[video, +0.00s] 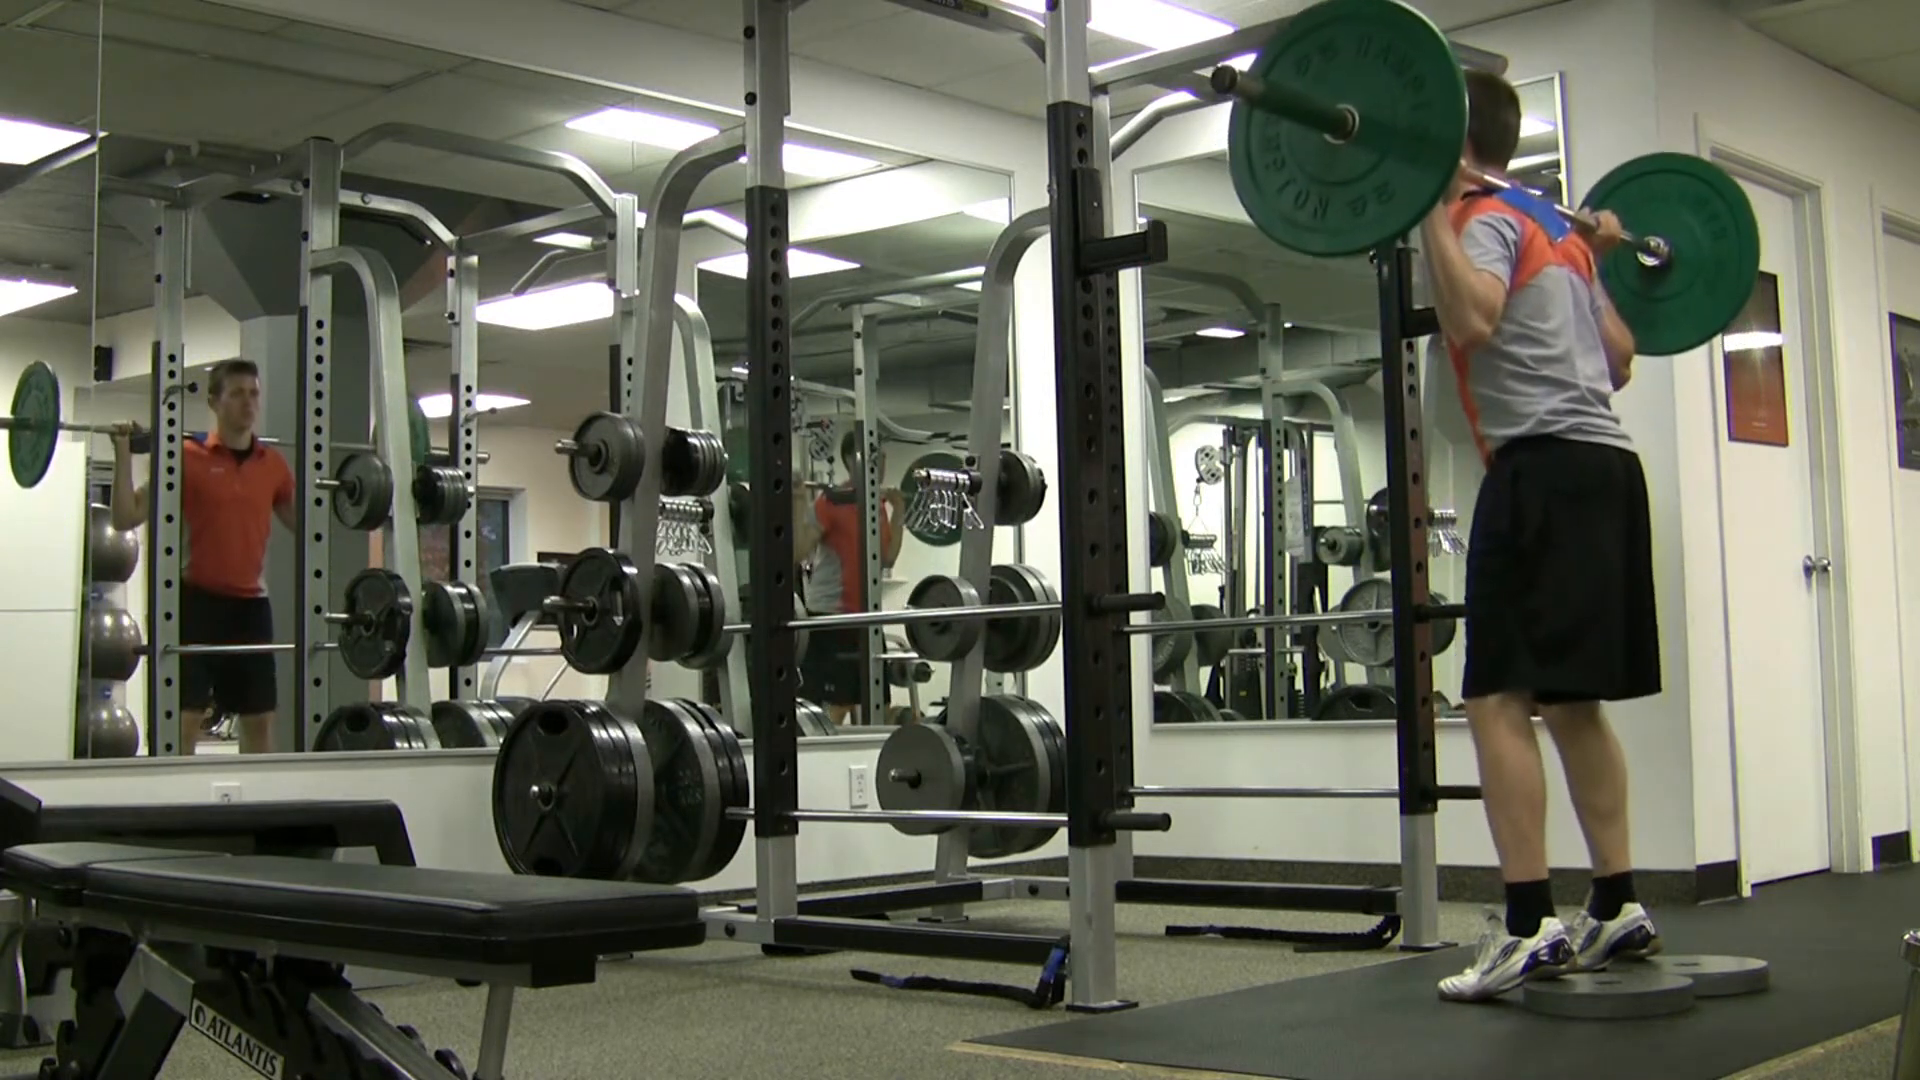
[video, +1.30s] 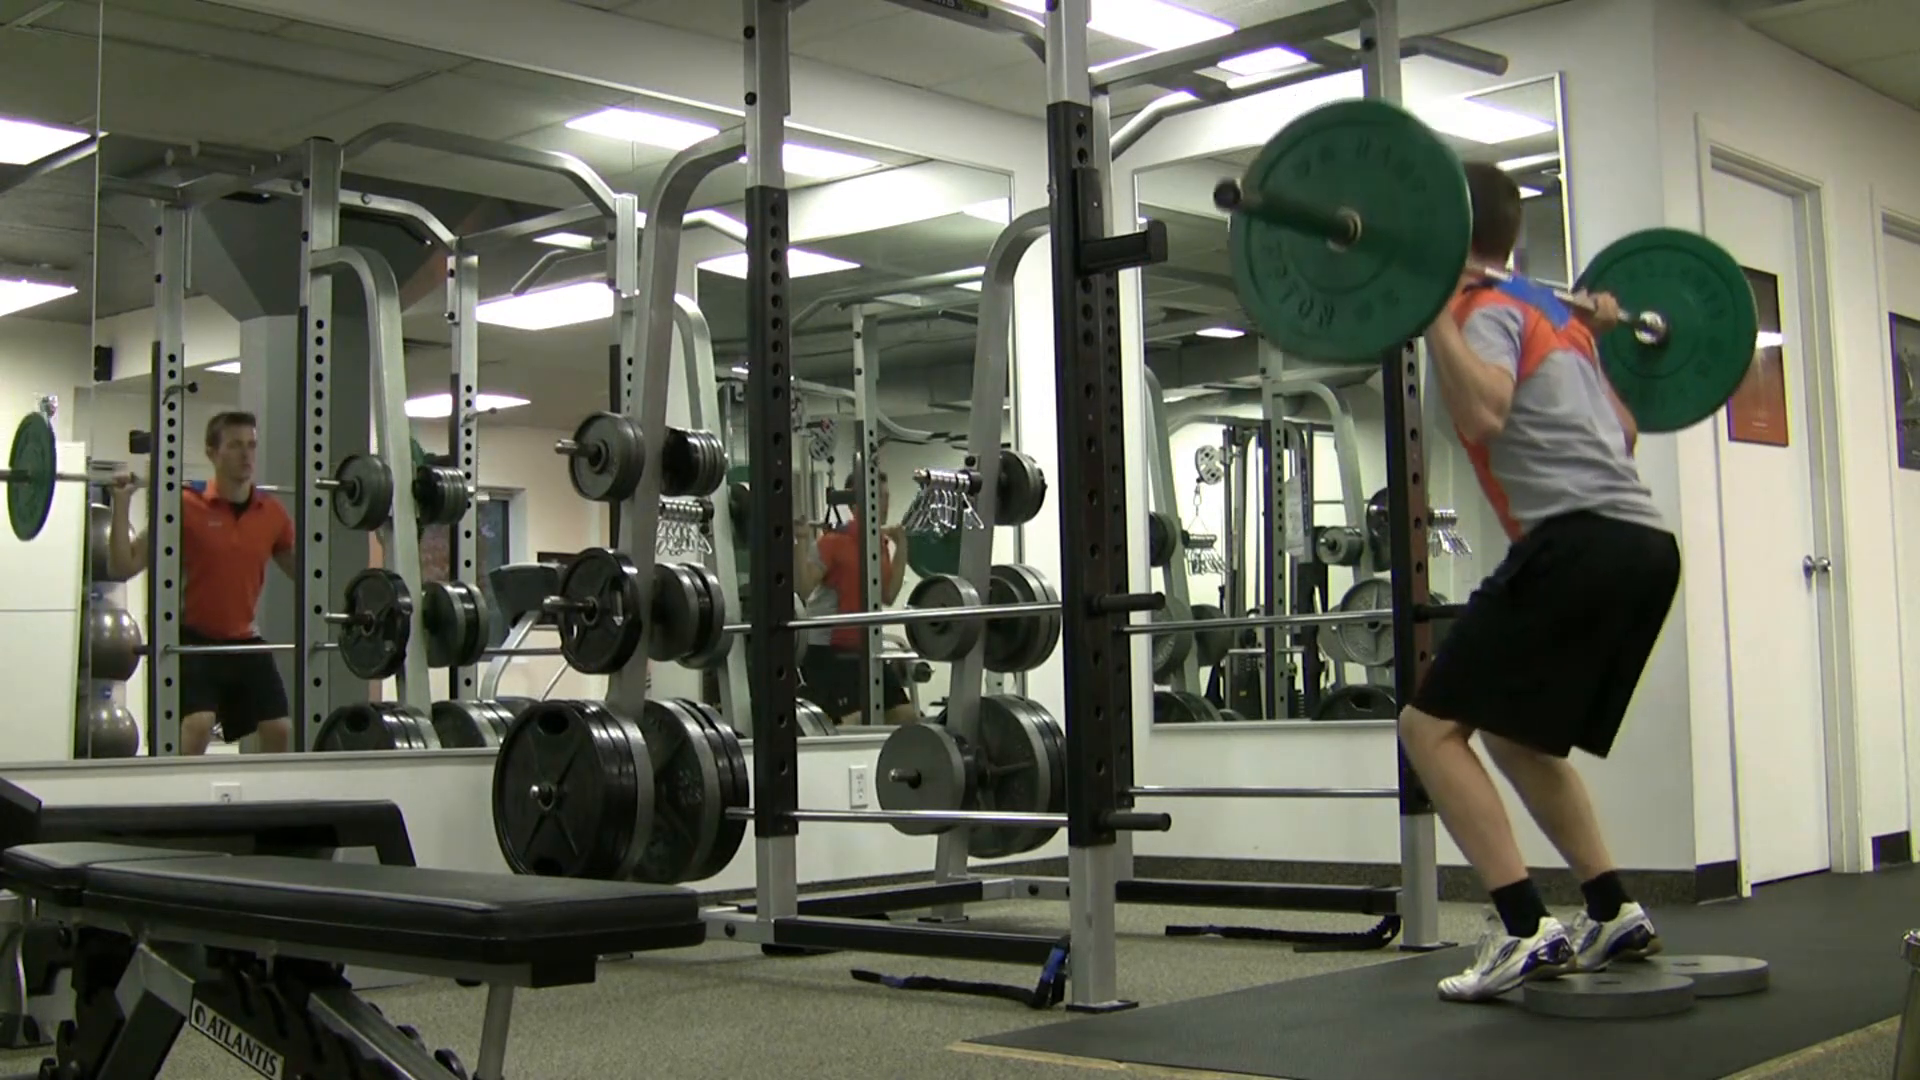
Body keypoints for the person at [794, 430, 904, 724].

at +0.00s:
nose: (874, 465)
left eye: (877, 457)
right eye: (865, 457)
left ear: (882, 460)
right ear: (849, 459)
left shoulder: (875, 505)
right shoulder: (830, 502)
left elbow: (888, 557)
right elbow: (799, 554)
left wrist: (898, 512)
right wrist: (798, 503)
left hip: (865, 613)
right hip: (833, 614)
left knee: (868, 704)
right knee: (838, 703)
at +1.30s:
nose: (882, 503)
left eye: (885, 496)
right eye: (875, 496)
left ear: (888, 500)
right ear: (855, 501)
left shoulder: (880, 544)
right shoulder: (834, 541)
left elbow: (889, 595)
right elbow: (804, 588)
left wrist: (901, 544)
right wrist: (801, 542)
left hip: (869, 649)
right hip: (833, 649)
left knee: (906, 719)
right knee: (854, 723)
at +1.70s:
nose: (886, 541)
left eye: (888, 534)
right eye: (877, 533)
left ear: (890, 537)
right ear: (856, 539)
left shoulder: (884, 580)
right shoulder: (836, 577)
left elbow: (887, 632)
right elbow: (815, 618)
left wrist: (903, 585)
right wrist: (803, 584)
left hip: (869, 675)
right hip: (833, 675)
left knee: (912, 719)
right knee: (860, 724)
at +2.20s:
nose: (889, 579)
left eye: (891, 572)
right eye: (882, 572)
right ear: (858, 576)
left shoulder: (886, 616)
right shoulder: (835, 613)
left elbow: (896, 673)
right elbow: (810, 661)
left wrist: (902, 620)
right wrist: (810, 613)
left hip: (872, 699)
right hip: (836, 699)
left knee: (917, 722)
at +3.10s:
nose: (889, 548)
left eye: (890, 541)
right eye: (882, 541)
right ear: (858, 546)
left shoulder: (883, 586)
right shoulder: (834, 586)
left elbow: (889, 635)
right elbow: (818, 633)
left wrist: (906, 591)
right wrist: (805, 590)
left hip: (871, 680)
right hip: (837, 681)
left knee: (914, 720)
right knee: (860, 729)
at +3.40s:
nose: (886, 510)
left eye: (887, 504)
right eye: (879, 504)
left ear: (887, 508)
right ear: (856, 509)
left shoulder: (881, 551)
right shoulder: (833, 549)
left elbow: (891, 599)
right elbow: (804, 593)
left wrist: (905, 553)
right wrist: (802, 551)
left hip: (871, 655)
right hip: (838, 654)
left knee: (909, 717)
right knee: (855, 716)